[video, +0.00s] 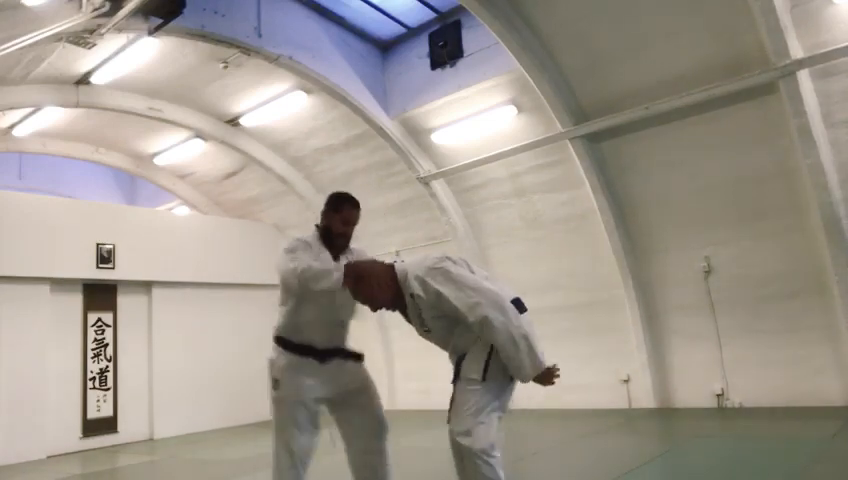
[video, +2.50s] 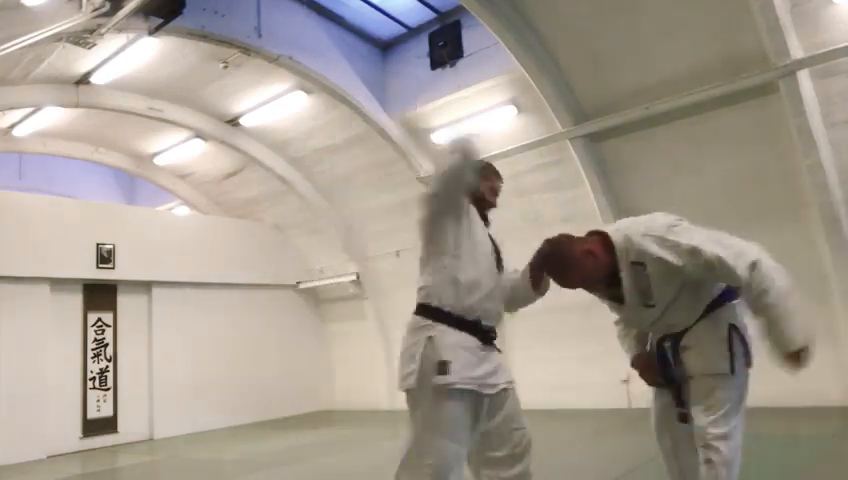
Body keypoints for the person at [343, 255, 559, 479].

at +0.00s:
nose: (373, 307)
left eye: (367, 298)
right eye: (365, 303)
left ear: (376, 278)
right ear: (378, 276)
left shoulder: (430, 274)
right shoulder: (407, 293)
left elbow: (492, 310)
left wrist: (531, 366)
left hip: (491, 336)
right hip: (472, 344)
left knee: (468, 431)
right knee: (463, 431)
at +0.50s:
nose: (407, 325)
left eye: (396, 318)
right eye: (398, 323)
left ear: (397, 293)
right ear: (400, 291)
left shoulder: (451, 279)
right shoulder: (441, 307)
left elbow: (525, 297)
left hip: (532, 337)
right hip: (514, 346)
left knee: (525, 440)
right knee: (507, 437)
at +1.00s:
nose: (429, 307)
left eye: (422, 299)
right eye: (421, 304)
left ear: (425, 273)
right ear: (427, 270)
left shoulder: (481, 262)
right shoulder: (463, 289)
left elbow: (551, 294)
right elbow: (515, 340)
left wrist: (584, 362)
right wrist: (518, 394)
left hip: (555, 330)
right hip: (536, 338)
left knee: (537, 428)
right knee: (534, 427)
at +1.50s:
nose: (499, 310)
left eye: (490, 303)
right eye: (490, 309)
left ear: (488, 278)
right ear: (488, 276)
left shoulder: (551, 264)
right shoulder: (528, 285)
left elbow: (636, 296)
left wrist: (684, 357)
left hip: (629, 330)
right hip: (601, 341)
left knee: (620, 440)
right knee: (596, 431)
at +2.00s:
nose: (540, 303)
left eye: (533, 296)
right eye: (531, 300)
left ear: (537, 270)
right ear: (536, 264)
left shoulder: (594, 259)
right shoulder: (574, 265)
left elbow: (609, 340)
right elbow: (602, 327)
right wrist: (579, 354)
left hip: (684, 318)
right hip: (656, 324)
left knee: (669, 435)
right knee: (652, 433)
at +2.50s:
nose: (588, 290)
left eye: (585, 281)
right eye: (580, 287)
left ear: (591, 251)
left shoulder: (651, 240)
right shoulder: (599, 271)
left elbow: (750, 263)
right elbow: (625, 316)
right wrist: (637, 355)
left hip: (711, 327)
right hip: (664, 340)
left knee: (712, 436)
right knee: (671, 435)